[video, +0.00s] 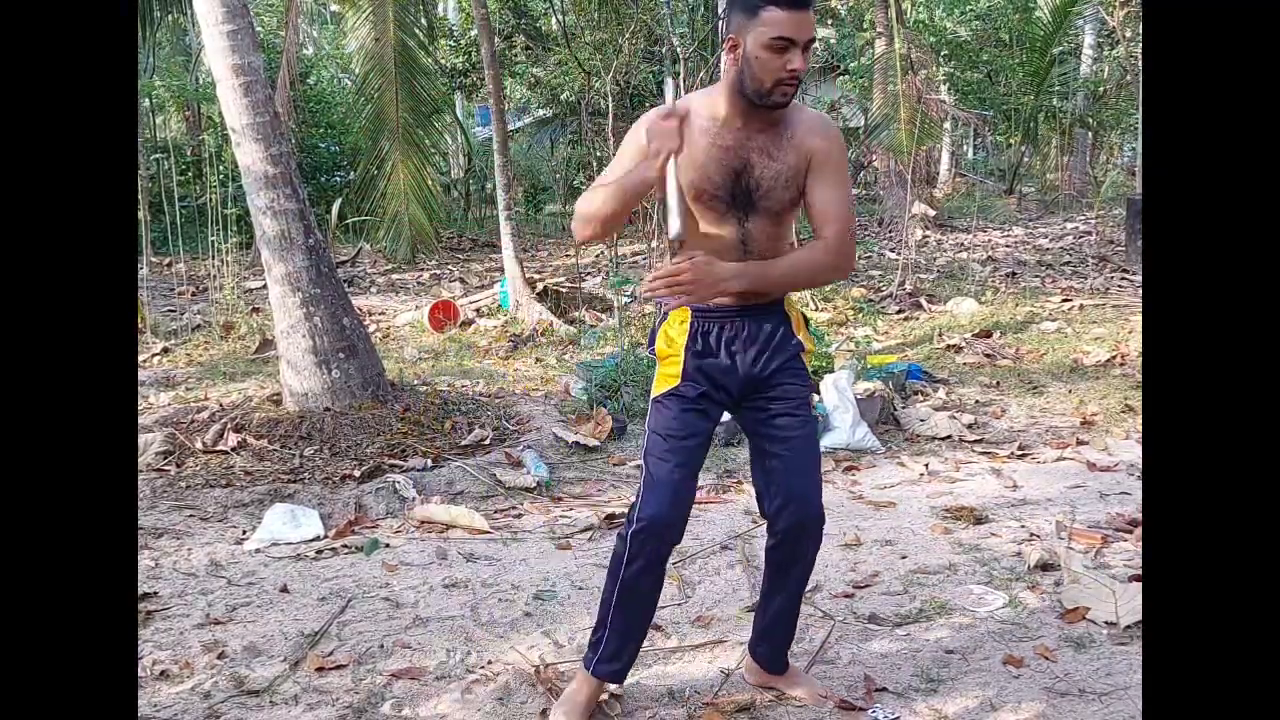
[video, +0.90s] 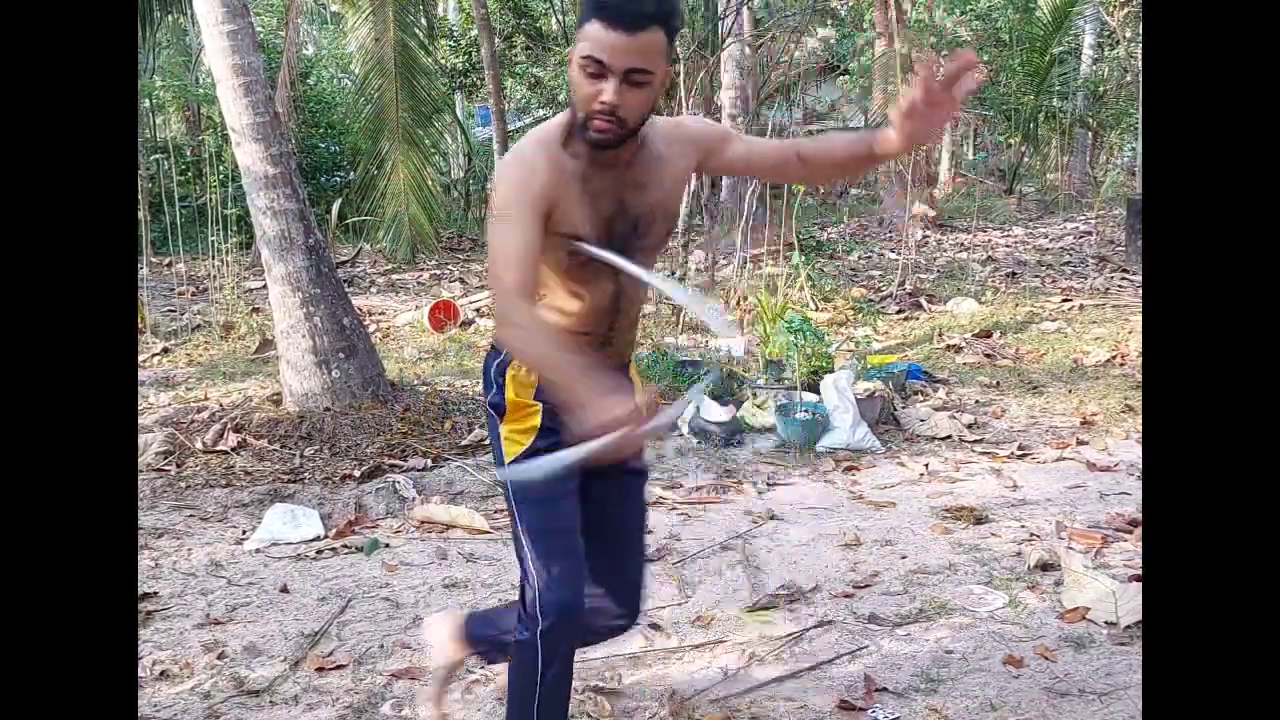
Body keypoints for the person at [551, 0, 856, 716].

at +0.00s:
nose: (798, 66)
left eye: (806, 49)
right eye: (781, 48)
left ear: (810, 48)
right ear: (732, 45)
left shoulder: (815, 135)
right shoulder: (672, 123)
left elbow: (837, 255)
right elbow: (587, 226)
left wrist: (730, 278)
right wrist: (646, 163)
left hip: (776, 344)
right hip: (692, 343)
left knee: (800, 518)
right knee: (658, 516)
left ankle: (769, 665)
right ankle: (596, 678)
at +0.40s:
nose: (823, 46)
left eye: (835, 30)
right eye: (807, 26)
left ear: (841, 34)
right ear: (760, 22)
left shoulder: (839, 129)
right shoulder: (693, 103)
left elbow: (873, 247)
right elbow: (574, 157)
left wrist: (839, 240)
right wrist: (595, 106)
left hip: (780, 334)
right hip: (701, 329)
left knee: (801, 521)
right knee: (680, 517)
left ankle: (768, 662)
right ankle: (609, 700)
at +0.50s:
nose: (809, 56)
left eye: (824, 38)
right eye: (791, 34)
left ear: (835, 41)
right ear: (747, 29)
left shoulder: (826, 140)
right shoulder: (689, 108)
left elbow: (877, 233)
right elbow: (560, 155)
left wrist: (916, 222)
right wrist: (643, 134)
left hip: (763, 345)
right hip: (686, 339)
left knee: (801, 533)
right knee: (663, 541)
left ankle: (768, 662)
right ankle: (614, 711)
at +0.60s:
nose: (783, 72)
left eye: (800, 55)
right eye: (766, 49)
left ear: (813, 58)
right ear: (728, 43)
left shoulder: (793, 142)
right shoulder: (682, 128)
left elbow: (878, 215)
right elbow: (649, 253)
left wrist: (939, 168)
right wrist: (770, 219)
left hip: (739, 359)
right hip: (668, 355)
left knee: (800, 537)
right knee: (645, 563)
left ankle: (768, 666)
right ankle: (585, 714)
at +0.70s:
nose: (734, 86)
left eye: (756, 72)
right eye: (718, 63)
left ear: (772, 77)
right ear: (685, 59)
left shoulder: (735, 142)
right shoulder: (669, 150)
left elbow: (836, 162)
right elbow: (734, 287)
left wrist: (898, 98)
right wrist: (777, 196)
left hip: (694, 381)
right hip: (623, 385)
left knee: (768, 541)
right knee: (610, 593)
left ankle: (768, 666)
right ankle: (561, 716)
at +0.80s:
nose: (671, 84)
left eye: (696, 68)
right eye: (656, 59)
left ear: (715, 69)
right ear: (626, 49)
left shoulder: (696, 131)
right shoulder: (599, 145)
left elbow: (797, 137)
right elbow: (669, 286)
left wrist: (868, 85)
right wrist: (744, 215)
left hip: (638, 381)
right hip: (560, 385)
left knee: (714, 558)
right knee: (574, 600)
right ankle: (544, 717)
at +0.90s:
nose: (609, 98)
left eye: (634, 80)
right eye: (594, 73)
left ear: (664, 79)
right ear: (569, 64)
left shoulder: (683, 145)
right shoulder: (530, 169)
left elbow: (797, 159)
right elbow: (511, 313)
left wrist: (890, 140)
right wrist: (597, 400)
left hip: (614, 385)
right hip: (532, 387)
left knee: (612, 607)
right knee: (556, 605)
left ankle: (461, 636)